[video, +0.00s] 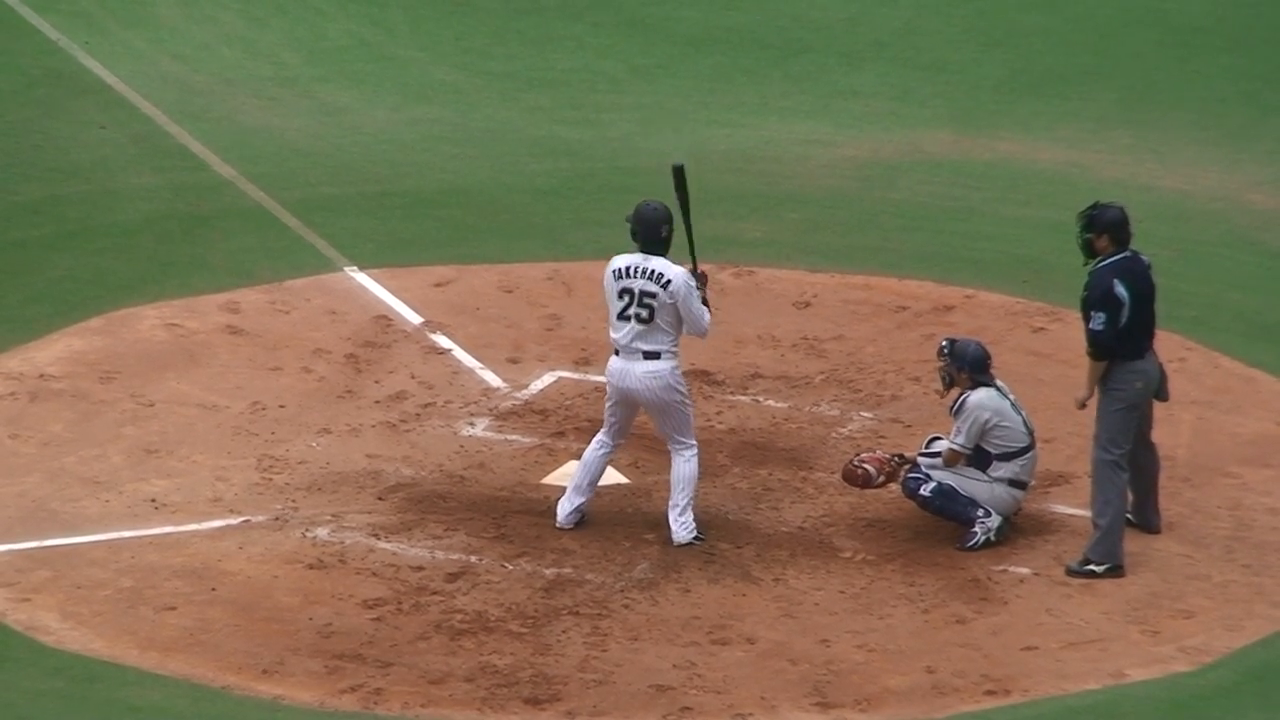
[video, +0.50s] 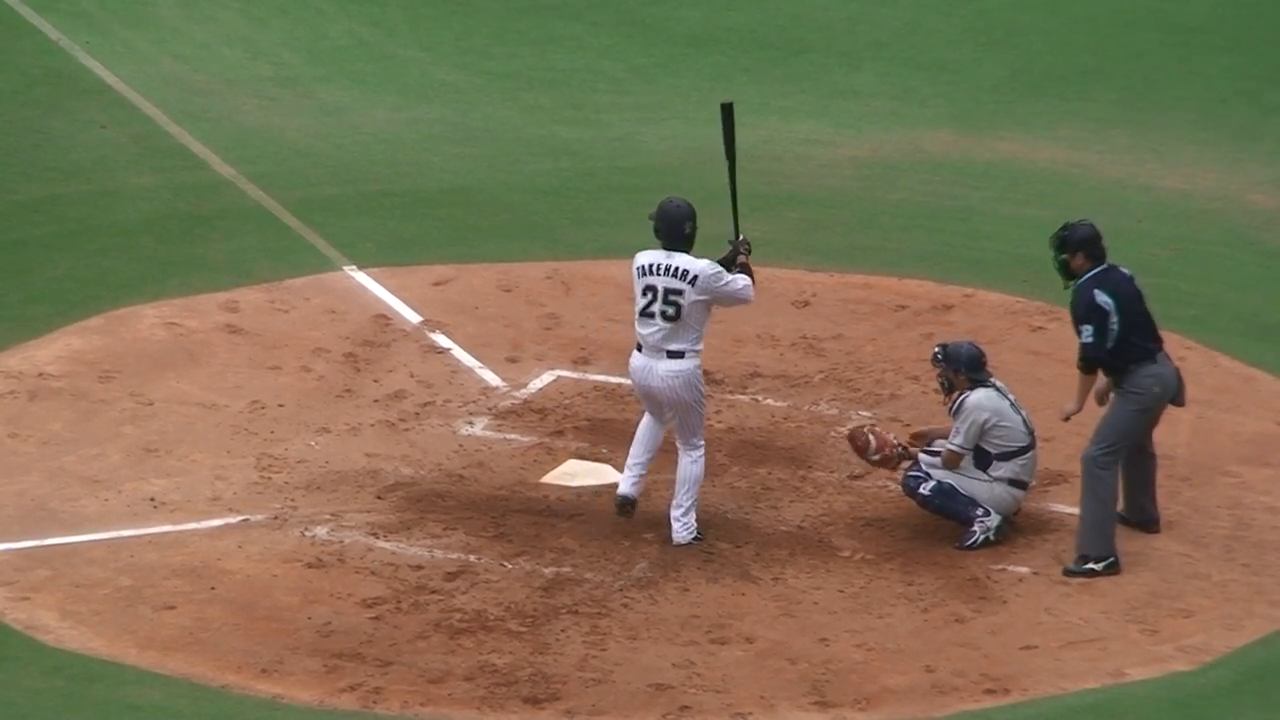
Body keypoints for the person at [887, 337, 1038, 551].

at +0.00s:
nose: (943, 369)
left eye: (948, 365)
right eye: (944, 364)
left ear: (964, 371)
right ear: (975, 370)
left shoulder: (975, 403)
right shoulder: (995, 387)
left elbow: (950, 460)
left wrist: (908, 459)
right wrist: (911, 459)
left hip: (1002, 493)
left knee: (915, 480)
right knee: (934, 443)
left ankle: (984, 519)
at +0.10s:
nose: (942, 371)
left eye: (947, 367)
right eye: (943, 366)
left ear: (963, 373)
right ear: (976, 371)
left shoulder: (975, 403)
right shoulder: (995, 387)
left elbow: (950, 460)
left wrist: (908, 460)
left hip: (1002, 493)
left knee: (915, 481)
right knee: (934, 444)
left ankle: (985, 520)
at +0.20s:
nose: (942, 374)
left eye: (945, 369)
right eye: (942, 368)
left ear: (960, 373)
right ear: (976, 370)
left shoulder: (975, 403)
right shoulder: (994, 386)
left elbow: (950, 460)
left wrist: (907, 459)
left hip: (1003, 493)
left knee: (915, 480)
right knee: (934, 443)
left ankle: (984, 519)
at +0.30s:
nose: (940, 376)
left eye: (944, 370)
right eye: (941, 370)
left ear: (960, 374)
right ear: (976, 371)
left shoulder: (975, 403)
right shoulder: (994, 387)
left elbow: (951, 459)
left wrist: (908, 459)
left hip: (1003, 493)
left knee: (915, 480)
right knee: (935, 443)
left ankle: (984, 519)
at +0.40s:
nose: (940, 376)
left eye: (944, 371)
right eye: (941, 370)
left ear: (960, 375)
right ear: (976, 371)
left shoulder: (974, 403)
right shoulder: (993, 387)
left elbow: (950, 462)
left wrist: (909, 457)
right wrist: (947, 440)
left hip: (1003, 493)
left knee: (914, 480)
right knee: (933, 442)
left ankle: (983, 519)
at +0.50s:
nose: (940, 375)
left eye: (945, 370)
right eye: (941, 369)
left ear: (960, 374)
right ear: (970, 373)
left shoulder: (975, 403)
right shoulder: (992, 387)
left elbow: (950, 462)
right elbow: (973, 433)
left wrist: (911, 453)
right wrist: (934, 433)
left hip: (1003, 493)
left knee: (915, 478)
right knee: (930, 452)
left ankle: (983, 519)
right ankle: (995, 506)